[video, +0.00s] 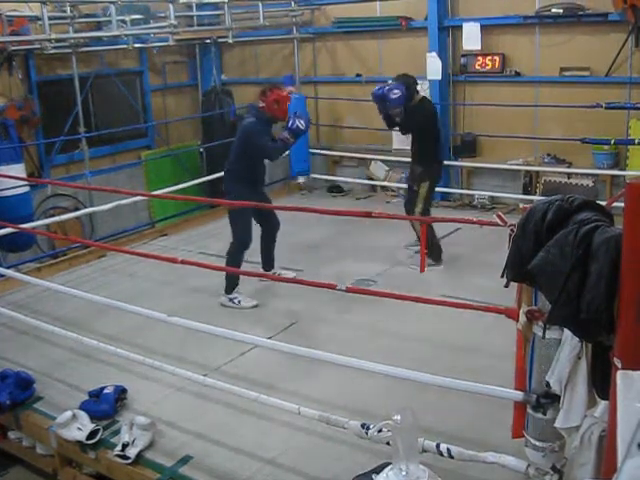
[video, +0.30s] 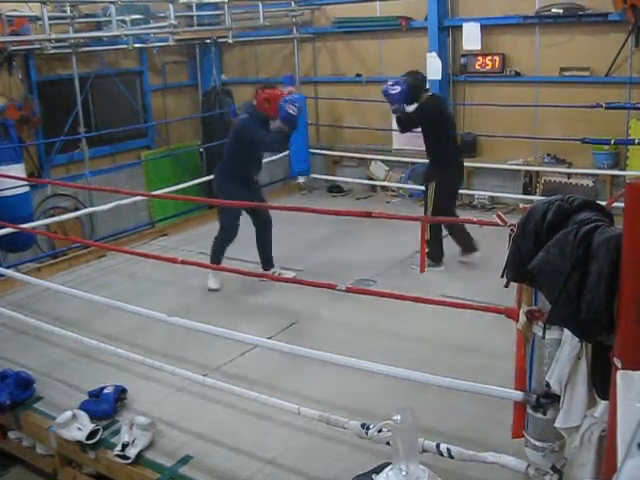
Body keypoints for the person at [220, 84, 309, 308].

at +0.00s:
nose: (282, 111)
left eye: (283, 106)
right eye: (279, 105)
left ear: (269, 105)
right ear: (266, 103)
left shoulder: (263, 125)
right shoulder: (252, 126)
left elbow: (272, 149)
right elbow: (271, 153)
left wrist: (289, 135)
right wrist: (290, 136)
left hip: (253, 187)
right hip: (237, 188)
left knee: (271, 224)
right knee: (242, 238)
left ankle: (269, 270)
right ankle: (229, 292)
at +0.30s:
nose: (277, 112)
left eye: (278, 108)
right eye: (275, 108)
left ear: (266, 106)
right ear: (266, 106)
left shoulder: (261, 123)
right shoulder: (246, 124)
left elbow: (279, 143)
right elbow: (276, 145)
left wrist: (290, 117)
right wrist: (288, 122)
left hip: (247, 181)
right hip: (227, 181)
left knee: (263, 222)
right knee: (229, 229)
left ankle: (269, 269)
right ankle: (214, 270)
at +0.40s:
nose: (264, 106)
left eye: (265, 102)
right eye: (260, 101)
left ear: (265, 103)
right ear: (249, 101)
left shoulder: (259, 121)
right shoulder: (237, 122)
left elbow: (276, 138)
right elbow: (254, 143)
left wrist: (283, 112)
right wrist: (268, 130)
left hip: (245, 179)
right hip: (226, 180)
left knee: (262, 222)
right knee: (223, 227)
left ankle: (269, 268)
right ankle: (207, 265)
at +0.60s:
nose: (245, 109)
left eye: (247, 104)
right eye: (241, 105)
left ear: (247, 106)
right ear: (231, 106)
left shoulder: (244, 124)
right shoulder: (218, 126)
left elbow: (259, 145)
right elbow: (232, 148)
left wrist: (267, 123)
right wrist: (246, 130)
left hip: (239, 183)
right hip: (217, 184)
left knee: (257, 220)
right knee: (211, 225)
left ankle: (268, 267)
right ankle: (204, 265)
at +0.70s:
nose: (243, 112)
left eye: (244, 107)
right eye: (239, 108)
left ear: (244, 107)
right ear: (228, 109)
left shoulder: (242, 123)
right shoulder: (212, 126)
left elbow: (255, 146)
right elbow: (218, 154)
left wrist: (263, 127)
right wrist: (238, 133)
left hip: (237, 180)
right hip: (213, 182)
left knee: (256, 219)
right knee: (208, 224)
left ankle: (269, 265)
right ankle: (203, 265)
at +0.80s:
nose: (241, 110)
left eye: (242, 106)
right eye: (237, 106)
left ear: (242, 107)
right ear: (226, 107)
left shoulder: (244, 123)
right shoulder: (211, 124)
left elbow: (256, 145)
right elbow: (213, 150)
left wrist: (264, 127)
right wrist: (234, 131)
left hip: (237, 181)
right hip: (213, 183)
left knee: (257, 218)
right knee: (206, 225)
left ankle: (266, 265)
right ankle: (203, 265)